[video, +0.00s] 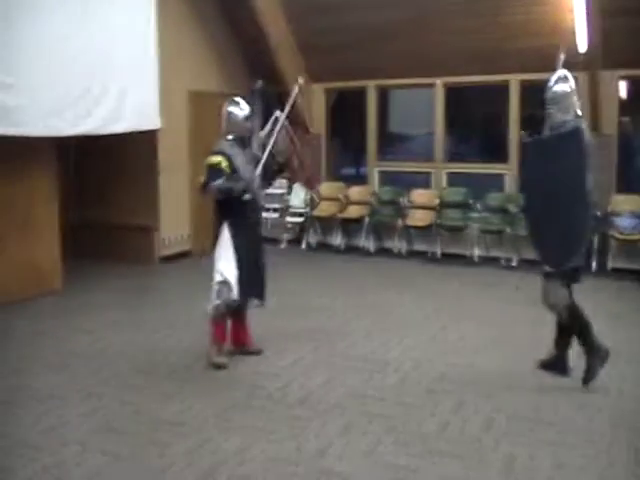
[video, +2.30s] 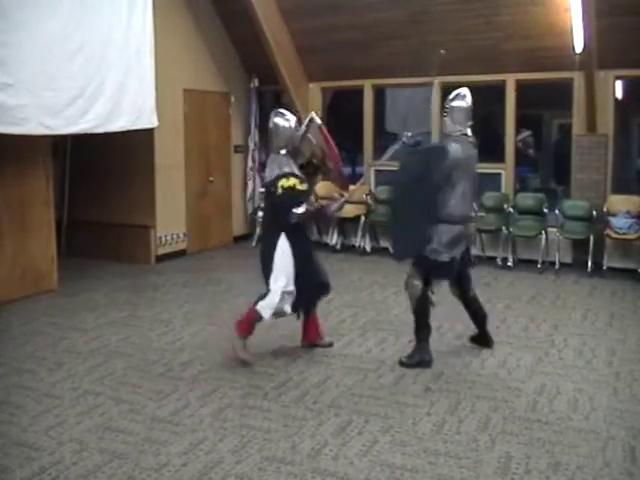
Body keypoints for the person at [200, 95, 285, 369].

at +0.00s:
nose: (250, 125)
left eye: (251, 120)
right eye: (245, 119)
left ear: (250, 123)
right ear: (232, 122)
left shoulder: (250, 153)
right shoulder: (221, 156)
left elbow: (259, 182)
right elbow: (213, 187)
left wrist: (276, 160)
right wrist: (241, 186)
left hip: (250, 225)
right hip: (230, 226)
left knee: (245, 281)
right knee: (227, 283)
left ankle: (241, 338)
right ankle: (217, 345)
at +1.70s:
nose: (239, 138)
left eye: (238, 132)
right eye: (233, 133)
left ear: (234, 135)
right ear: (218, 137)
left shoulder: (240, 162)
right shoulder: (212, 169)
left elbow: (247, 194)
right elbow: (221, 205)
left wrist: (258, 181)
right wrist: (248, 186)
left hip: (245, 233)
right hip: (223, 236)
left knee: (267, 278)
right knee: (217, 287)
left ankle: (264, 328)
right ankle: (202, 341)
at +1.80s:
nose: (244, 141)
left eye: (244, 135)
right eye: (239, 136)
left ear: (245, 137)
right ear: (224, 140)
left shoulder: (250, 167)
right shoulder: (218, 174)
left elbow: (255, 196)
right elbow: (228, 212)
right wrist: (257, 202)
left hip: (251, 233)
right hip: (228, 238)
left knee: (274, 276)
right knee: (222, 287)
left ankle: (285, 324)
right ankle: (203, 338)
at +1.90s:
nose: (255, 147)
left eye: (255, 143)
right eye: (250, 143)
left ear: (256, 144)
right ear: (236, 147)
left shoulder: (263, 170)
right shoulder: (234, 179)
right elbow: (231, 214)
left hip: (263, 242)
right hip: (240, 245)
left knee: (286, 281)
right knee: (225, 293)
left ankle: (301, 326)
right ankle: (205, 341)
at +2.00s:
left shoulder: (286, 179)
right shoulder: (257, 180)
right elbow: (266, 220)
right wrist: (297, 221)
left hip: (281, 246)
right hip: (256, 247)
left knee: (303, 283)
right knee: (236, 293)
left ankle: (310, 333)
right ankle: (209, 344)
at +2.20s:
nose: (304, 150)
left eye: (304, 145)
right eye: (301, 145)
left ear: (273, 148)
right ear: (292, 149)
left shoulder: (270, 170)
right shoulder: (292, 180)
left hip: (269, 241)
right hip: (286, 243)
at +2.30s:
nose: (312, 153)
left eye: (314, 148)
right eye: (309, 148)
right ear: (298, 149)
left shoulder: (296, 170)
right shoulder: (282, 172)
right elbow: (290, 213)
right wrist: (319, 208)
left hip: (296, 235)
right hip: (280, 236)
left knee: (310, 284)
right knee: (281, 289)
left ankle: (311, 334)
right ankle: (243, 329)